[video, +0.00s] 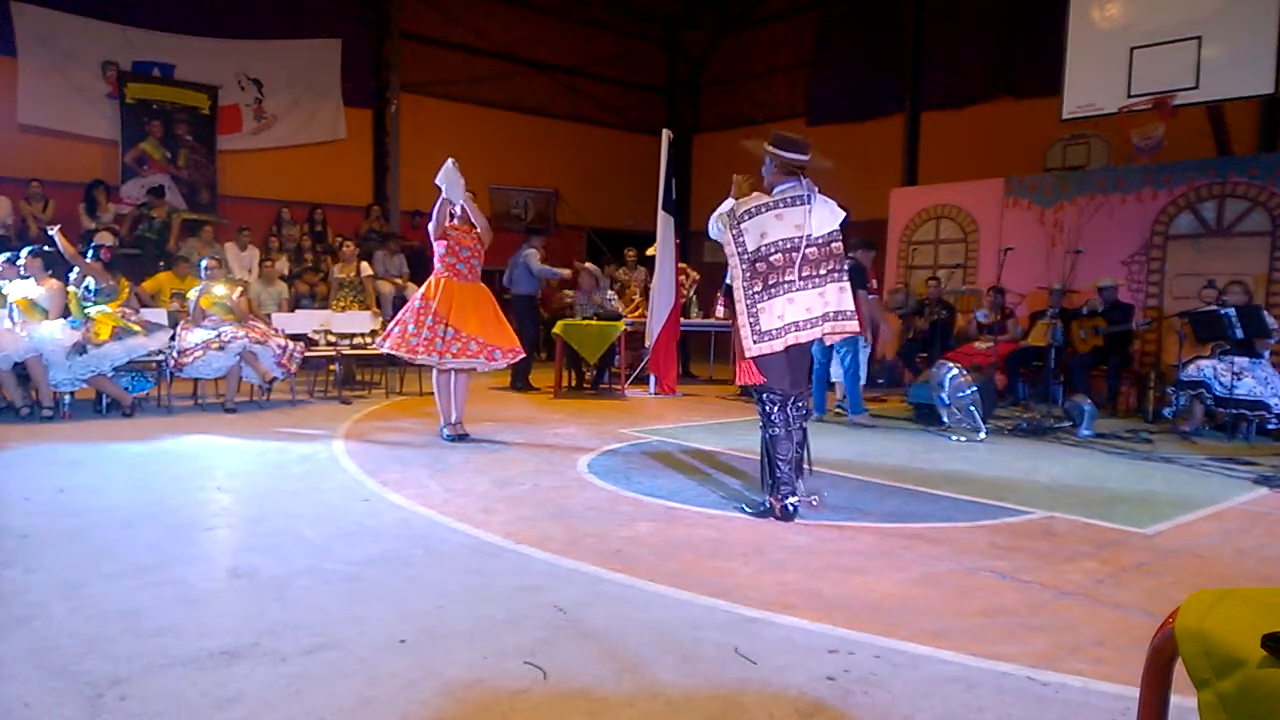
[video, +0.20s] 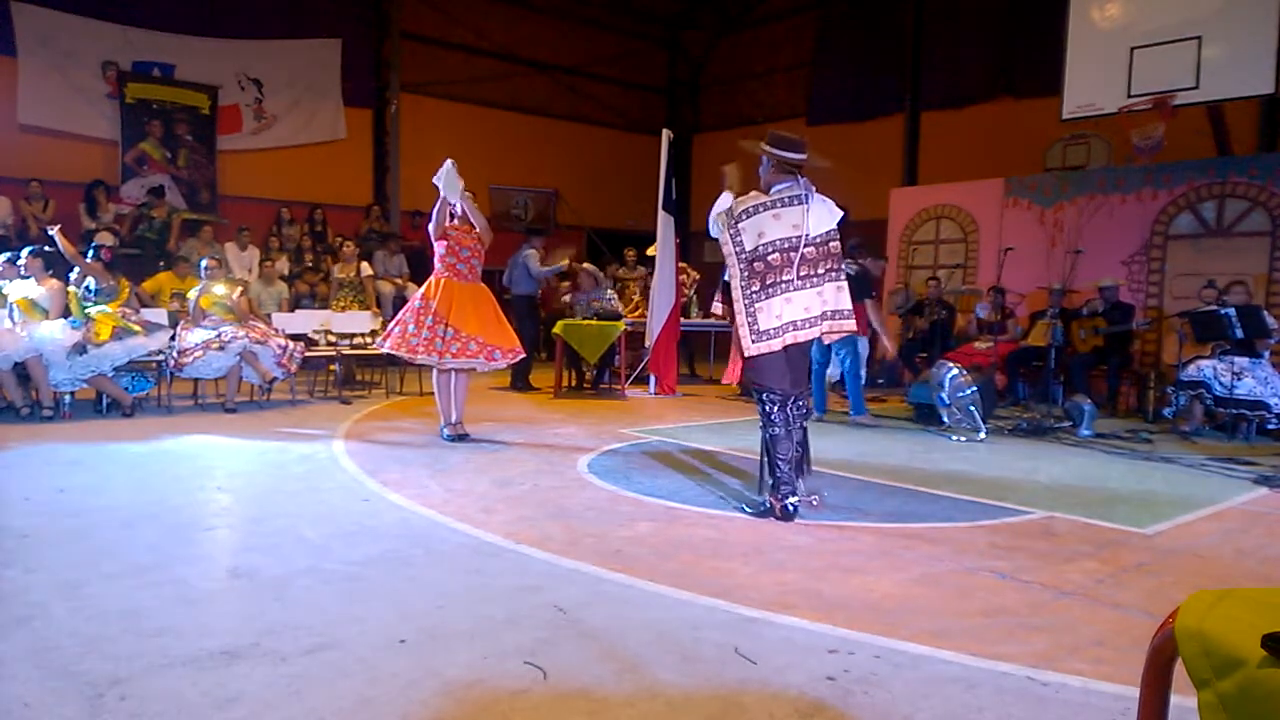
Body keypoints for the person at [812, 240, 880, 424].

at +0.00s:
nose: (870, 261)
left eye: (871, 257)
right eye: (869, 257)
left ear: (850, 252)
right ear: (860, 253)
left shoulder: (825, 266)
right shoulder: (856, 268)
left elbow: (819, 297)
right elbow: (862, 299)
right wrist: (867, 328)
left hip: (822, 323)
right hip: (846, 324)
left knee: (820, 368)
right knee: (851, 370)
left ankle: (818, 409)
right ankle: (856, 410)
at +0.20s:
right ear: (860, 256)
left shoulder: (824, 270)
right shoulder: (859, 272)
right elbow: (871, 308)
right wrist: (886, 339)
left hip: (820, 323)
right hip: (846, 325)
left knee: (818, 366)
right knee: (852, 368)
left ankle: (818, 409)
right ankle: (858, 411)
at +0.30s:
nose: (863, 257)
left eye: (861, 254)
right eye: (861, 254)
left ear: (842, 253)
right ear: (861, 255)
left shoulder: (827, 270)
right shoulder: (865, 277)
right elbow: (877, 315)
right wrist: (898, 344)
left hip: (820, 325)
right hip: (845, 329)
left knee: (818, 369)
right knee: (852, 370)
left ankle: (817, 409)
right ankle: (858, 412)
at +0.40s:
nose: (899, 292)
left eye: (902, 288)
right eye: (898, 287)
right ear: (888, 280)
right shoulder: (875, 289)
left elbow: (872, 320)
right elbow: (888, 324)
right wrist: (908, 349)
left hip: (820, 324)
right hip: (843, 328)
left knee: (820, 366)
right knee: (853, 370)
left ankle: (817, 409)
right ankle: (858, 413)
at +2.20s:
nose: (904, 286)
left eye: (905, 283)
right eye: (902, 282)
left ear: (890, 278)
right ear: (892, 278)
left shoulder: (871, 284)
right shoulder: (885, 290)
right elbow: (891, 321)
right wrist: (909, 350)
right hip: (852, 329)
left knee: (830, 373)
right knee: (856, 372)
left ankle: (821, 408)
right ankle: (859, 413)